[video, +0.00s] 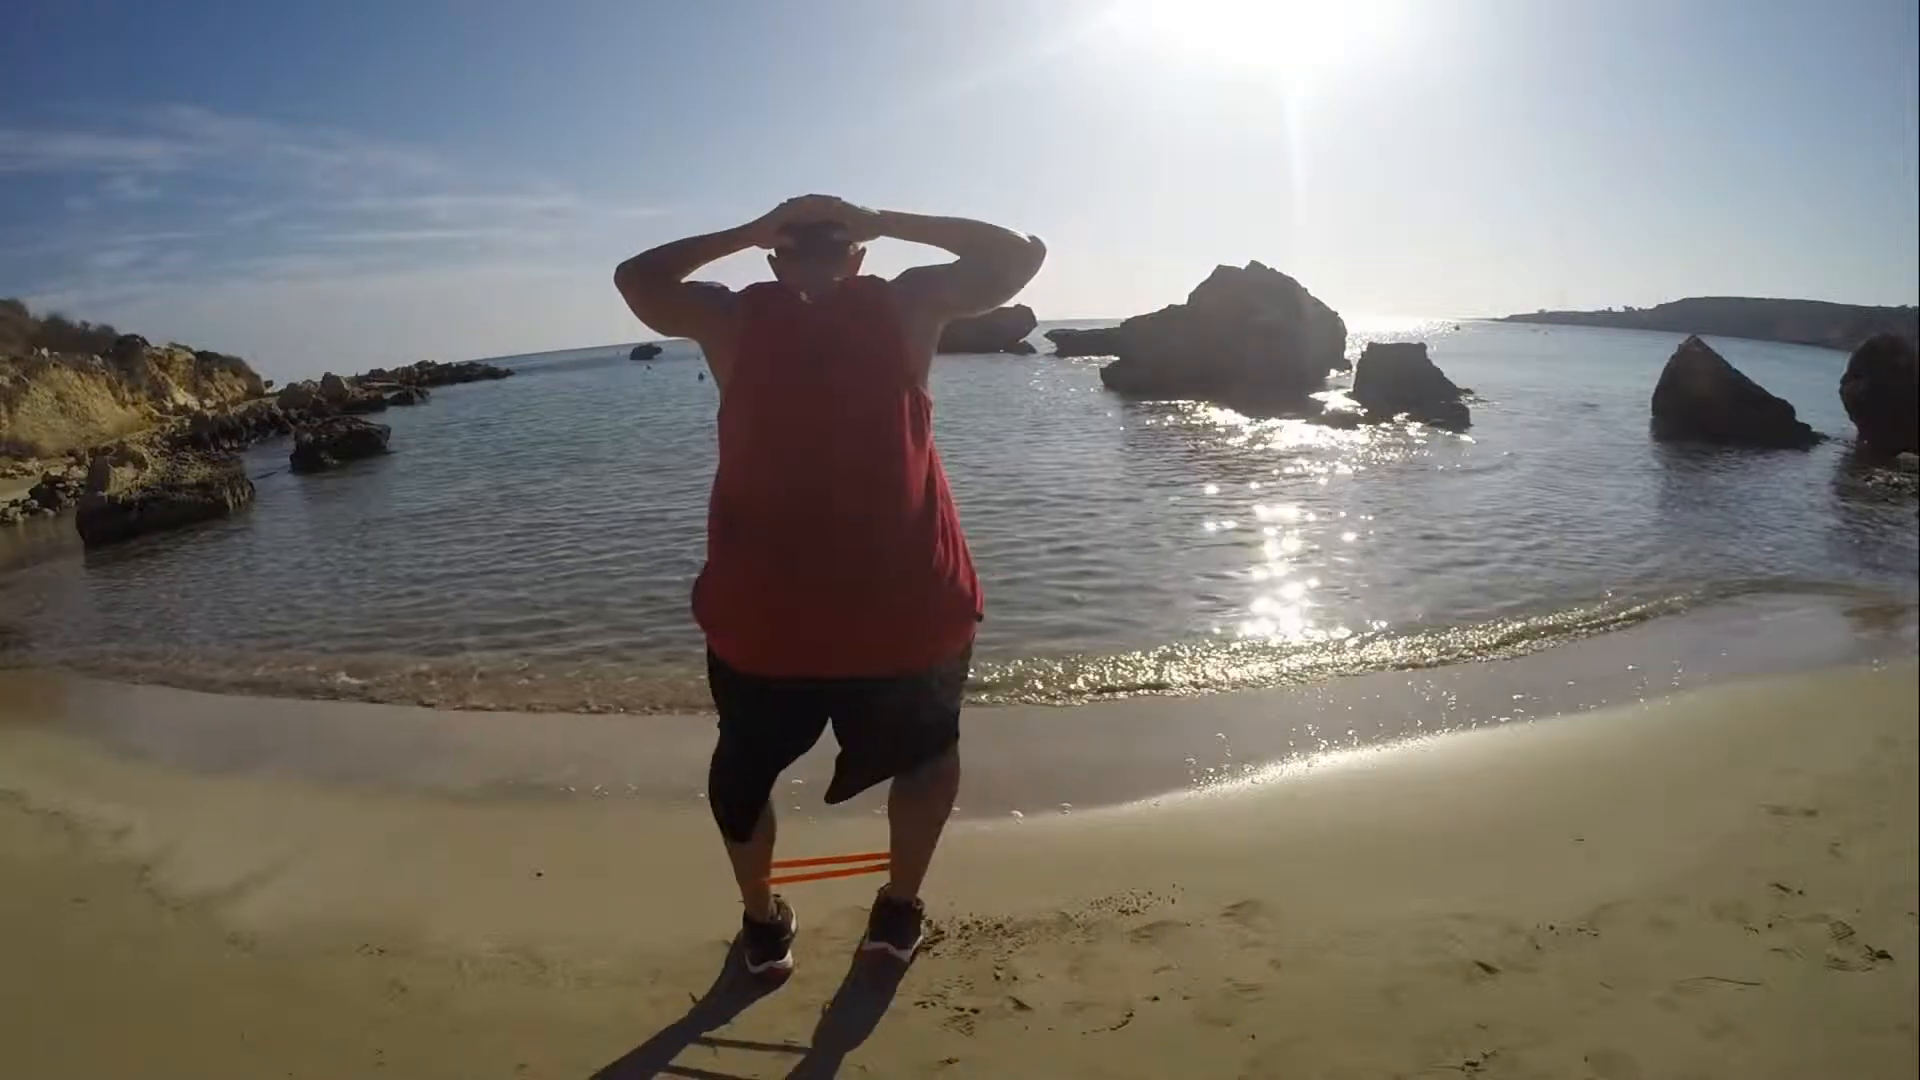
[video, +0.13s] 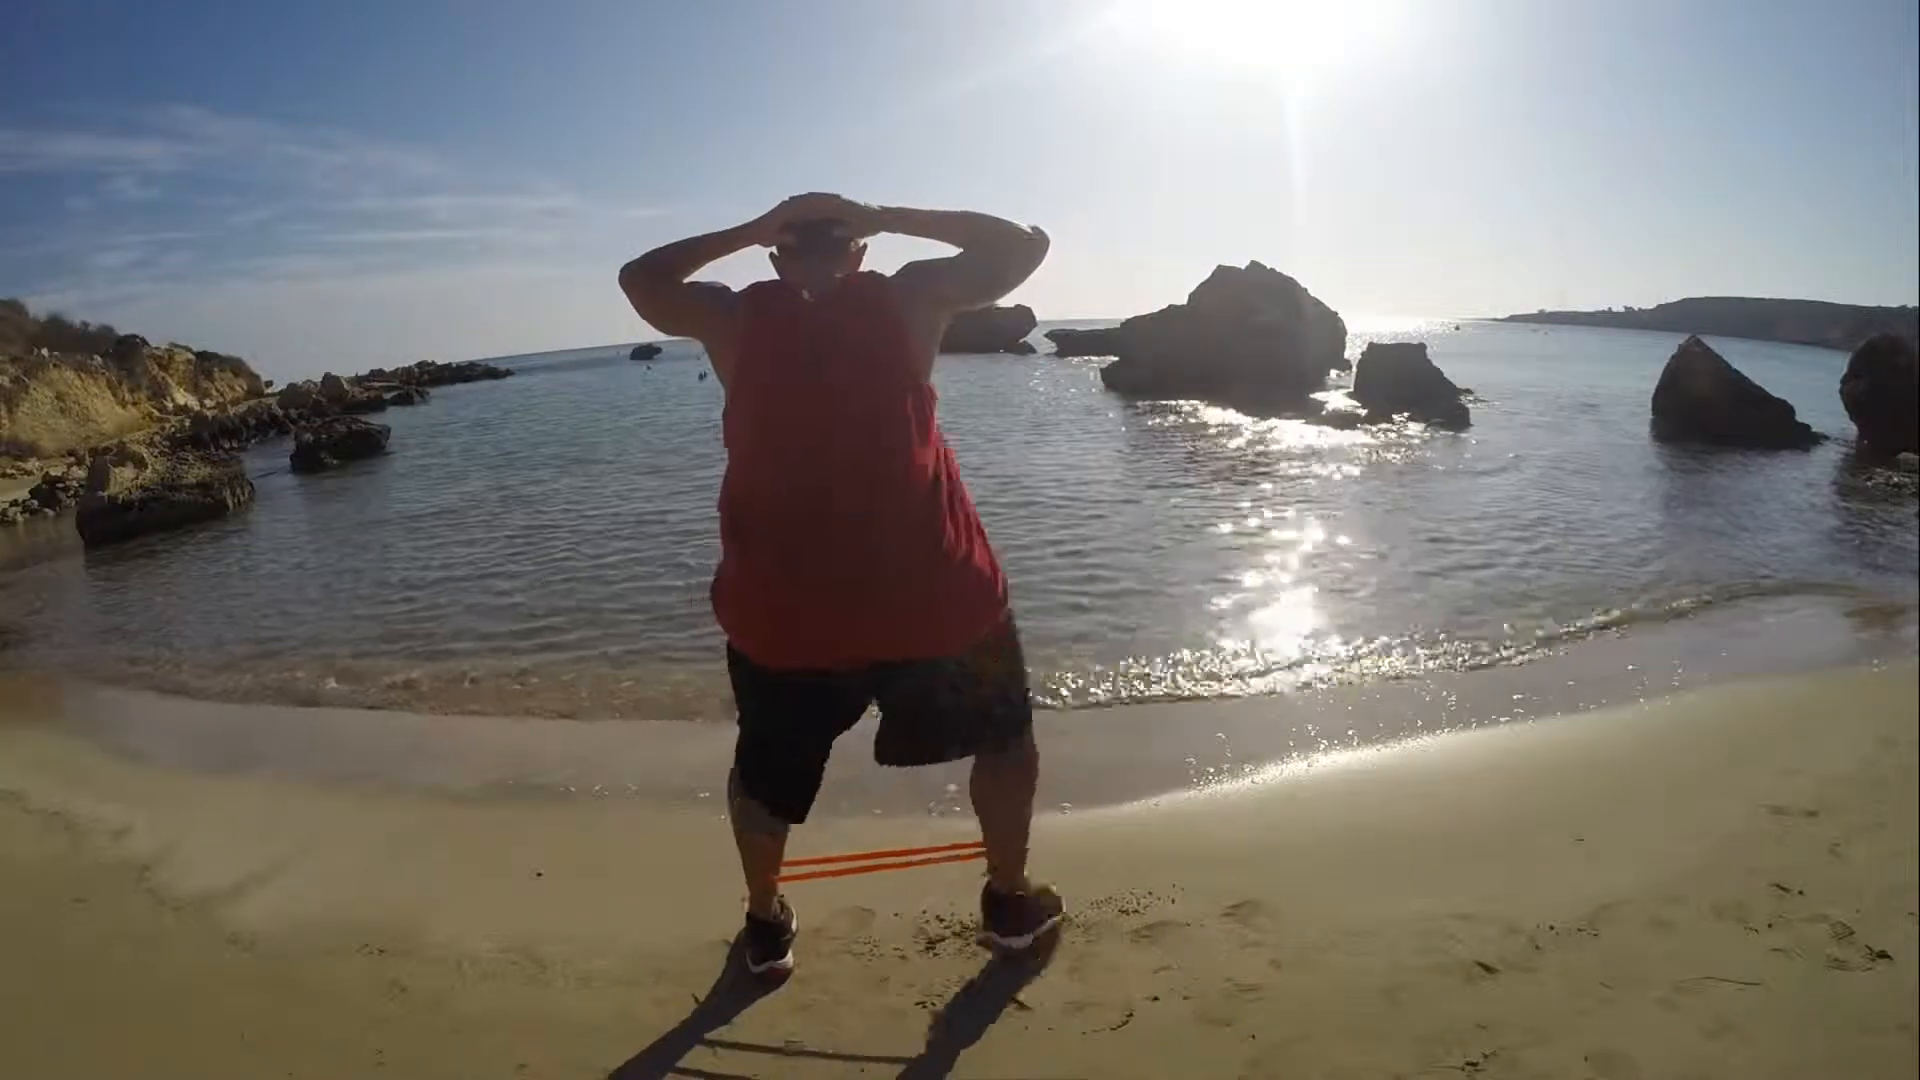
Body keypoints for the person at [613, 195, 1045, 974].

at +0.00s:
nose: (805, 248)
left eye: (807, 237)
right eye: (807, 236)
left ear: (773, 253)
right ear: (861, 251)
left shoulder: (730, 317)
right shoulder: (912, 306)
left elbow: (637, 279)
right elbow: (1019, 254)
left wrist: (750, 232)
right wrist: (889, 222)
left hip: (763, 597)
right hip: (900, 592)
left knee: (740, 775)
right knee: (927, 750)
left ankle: (762, 924)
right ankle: (899, 910)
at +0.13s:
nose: (812, 245)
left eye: (805, 235)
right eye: (824, 232)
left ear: (777, 252)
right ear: (863, 248)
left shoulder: (733, 318)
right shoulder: (913, 301)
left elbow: (641, 281)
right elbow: (1020, 246)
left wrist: (749, 232)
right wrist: (886, 217)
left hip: (782, 588)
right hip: (926, 577)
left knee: (768, 764)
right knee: (1002, 733)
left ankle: (764, 923)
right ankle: (1008, 899)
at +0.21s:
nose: (823, 246)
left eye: (816, 233)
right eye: (834, 230)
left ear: (787, 250)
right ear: (872, 246)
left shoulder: (746, 318)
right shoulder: (922, 297)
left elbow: (652, 282)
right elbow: (1031, 237)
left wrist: (759, 232)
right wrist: (893, 212)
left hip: (806, 585)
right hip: (955, 568)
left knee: (776, 755)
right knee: (1064, 725)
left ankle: (767, 920)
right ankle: (1120, 884)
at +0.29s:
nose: (857, 241)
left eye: (839, 235)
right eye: (866, 233)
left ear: (808, 256)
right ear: (892, 248)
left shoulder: (771, 321)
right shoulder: (950, 296)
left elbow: (672, 284)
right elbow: (1055, 235)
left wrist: (780, 235)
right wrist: (917, 215)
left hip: (837, 588)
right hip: (986, 570)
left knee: (785, 758)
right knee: (1121, 725)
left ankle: (771, 922)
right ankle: (1205, 871)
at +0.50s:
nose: (951, 270)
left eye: (944, 259)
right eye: (963, 255)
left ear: (924, 274)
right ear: (1010, 267)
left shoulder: (892, 341)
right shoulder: (1071, 320)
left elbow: (773, 297)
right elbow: (1169, 250)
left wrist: (893, 246)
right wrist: (1031, 230)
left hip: (943, 618)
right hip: (1092, 614)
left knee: (835, 769)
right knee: (1187, 755)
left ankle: (780, 918)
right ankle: (1262, 909)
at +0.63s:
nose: (1032, 260)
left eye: (1033, 245)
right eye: (1038, 243)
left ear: (1019, 255)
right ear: (1094, 248)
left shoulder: (987, 328)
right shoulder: (1164, 307)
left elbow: (854, 284)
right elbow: (1246, 241)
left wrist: (975, 236)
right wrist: (1127, 218)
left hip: (1027, 594)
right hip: (1172, 597)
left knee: (896, 748)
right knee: (1235, 755)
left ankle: (816, 899)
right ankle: (1264, 909)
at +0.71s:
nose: (1072, 245)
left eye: (1070, 233)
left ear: (1058, 246)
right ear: (1140, 237)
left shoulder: (1036, 312)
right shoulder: (1208, 294)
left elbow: (891, 268)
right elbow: (1284, 230)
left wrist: (1024, 222)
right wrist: (1165, 206)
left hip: (1070, 578)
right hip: (1210, 587)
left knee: (946, 735)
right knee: (1255, 749)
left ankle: (908, 901)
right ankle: (1268, 912)